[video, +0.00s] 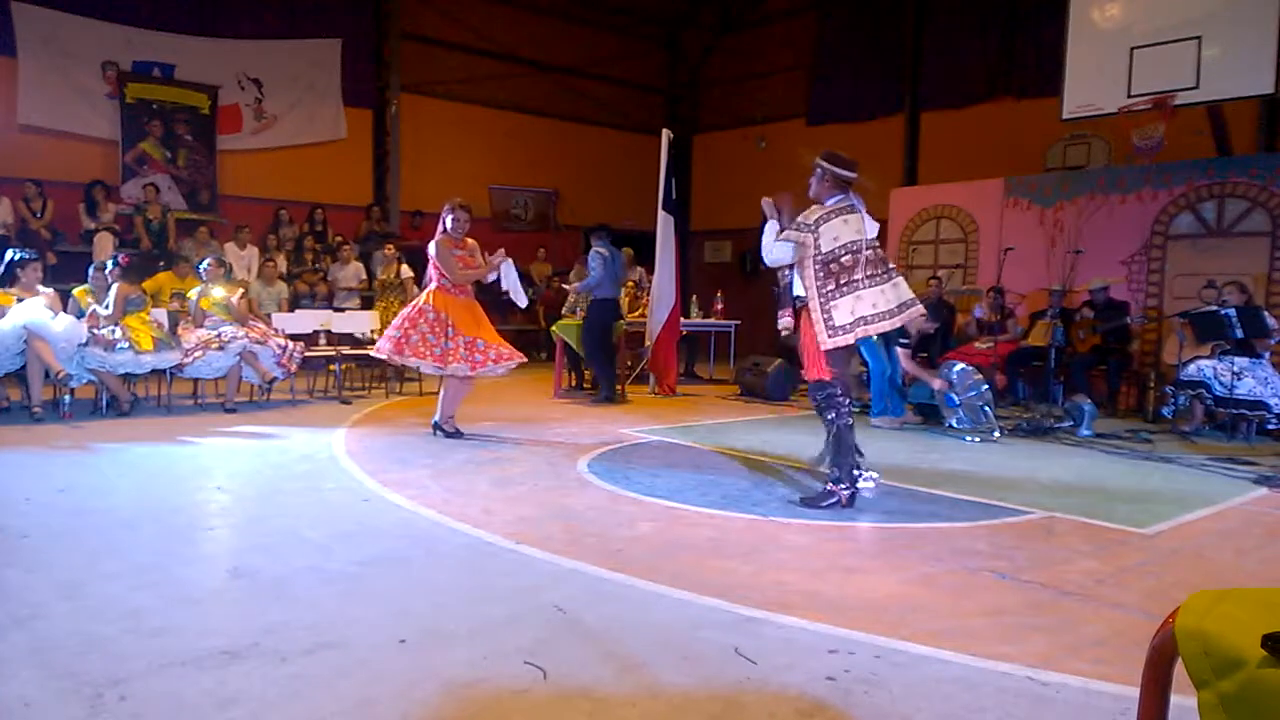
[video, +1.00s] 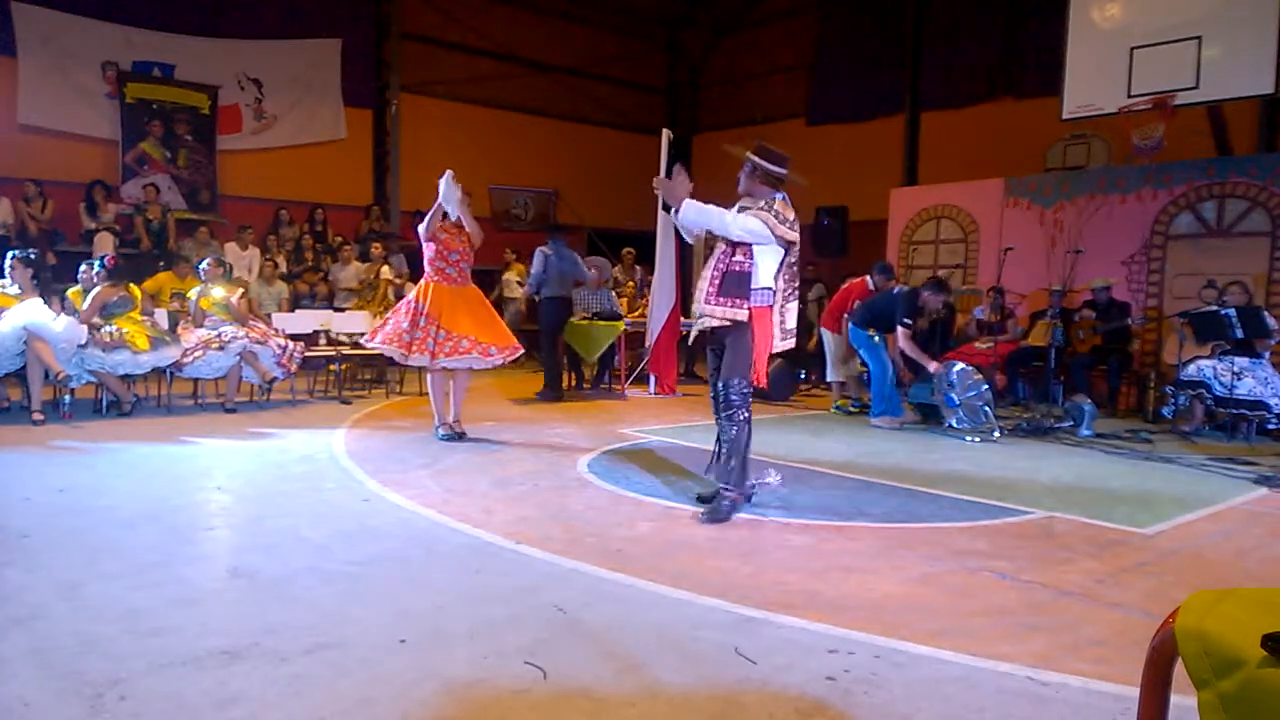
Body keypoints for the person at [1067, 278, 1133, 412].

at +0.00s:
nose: (1093, 296)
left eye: (1096, 293)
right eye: (1091, 293)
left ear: (1105, 292)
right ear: (1090, 293)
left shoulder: (1120, 306)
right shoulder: (1087, 306)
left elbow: (1116, 318)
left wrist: (1093, 315)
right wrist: (1077, 315)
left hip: (1116, 349)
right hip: (1096, 348)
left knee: (1113, 366)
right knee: (1078, 363)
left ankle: (1111, 404)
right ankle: (1083, 400)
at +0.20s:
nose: (1093, 296)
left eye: (1096, 293)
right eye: (1091, 293)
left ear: (1105, 292)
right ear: (1090, 293)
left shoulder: (1120, 306)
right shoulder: (1087, 307)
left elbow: (1116, 319)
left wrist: (1093, 315)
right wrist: (1077, 315)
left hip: (1116, 348)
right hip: (1096, 348)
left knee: (1113, 366)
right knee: (1078, 363)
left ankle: (1111, 404)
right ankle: (1084, 400)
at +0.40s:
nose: (1094, 296)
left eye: (1097, 293)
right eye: (1092, 293)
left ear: (1106, 292)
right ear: (1090, 293)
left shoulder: (1120, 306)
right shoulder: (1087, 306)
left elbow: (1116, 319)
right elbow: (1069, 316)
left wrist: (1094, 316)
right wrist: (1077, 315)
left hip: (1116, 349)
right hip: (1096, 348)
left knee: (1113, 366)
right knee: (1078, 363)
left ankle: (1111, 404)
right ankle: (1084, 400)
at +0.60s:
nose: (1095, 296)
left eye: (1098, 292)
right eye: (1093, 292)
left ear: (1106, 292)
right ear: (1091, 293)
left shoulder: (1121, 306)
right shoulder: (1088, 306)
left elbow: (1117, 318)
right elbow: (1069, 316)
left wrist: (1094, 316)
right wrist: (1077, 315)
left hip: (1117, 349)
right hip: (1096, 347)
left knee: (1114, 366)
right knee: (1077, 363)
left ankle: (1111, 404)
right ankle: (1084, 400)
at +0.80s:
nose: (1095, 296)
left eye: (1099, 292)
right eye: (1094, 292)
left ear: (1107, 292)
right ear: (1092, 293)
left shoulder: (1121, 307)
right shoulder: (1088, 306)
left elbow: (1118, 320)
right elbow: (1070, 317)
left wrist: (1095, 316)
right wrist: (1079, 316)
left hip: (1117, 349)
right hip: (1096, 348)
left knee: (1114, 365)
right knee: (1077, 363)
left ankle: (1111, 404)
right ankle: (1083, 400)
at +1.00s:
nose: (1096, 295)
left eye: (1099, 292)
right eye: (1094, 292)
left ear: (1107, 292)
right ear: (1092, 293)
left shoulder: (1121, 307)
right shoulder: (1088, 306)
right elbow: (1069, 317)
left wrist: (1095, 316)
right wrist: (1079, 315)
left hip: (1117, 349)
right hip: (1096, 348)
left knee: (1114, 366)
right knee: (1077, 363)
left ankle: (1111, 404)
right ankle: (1083, 399)